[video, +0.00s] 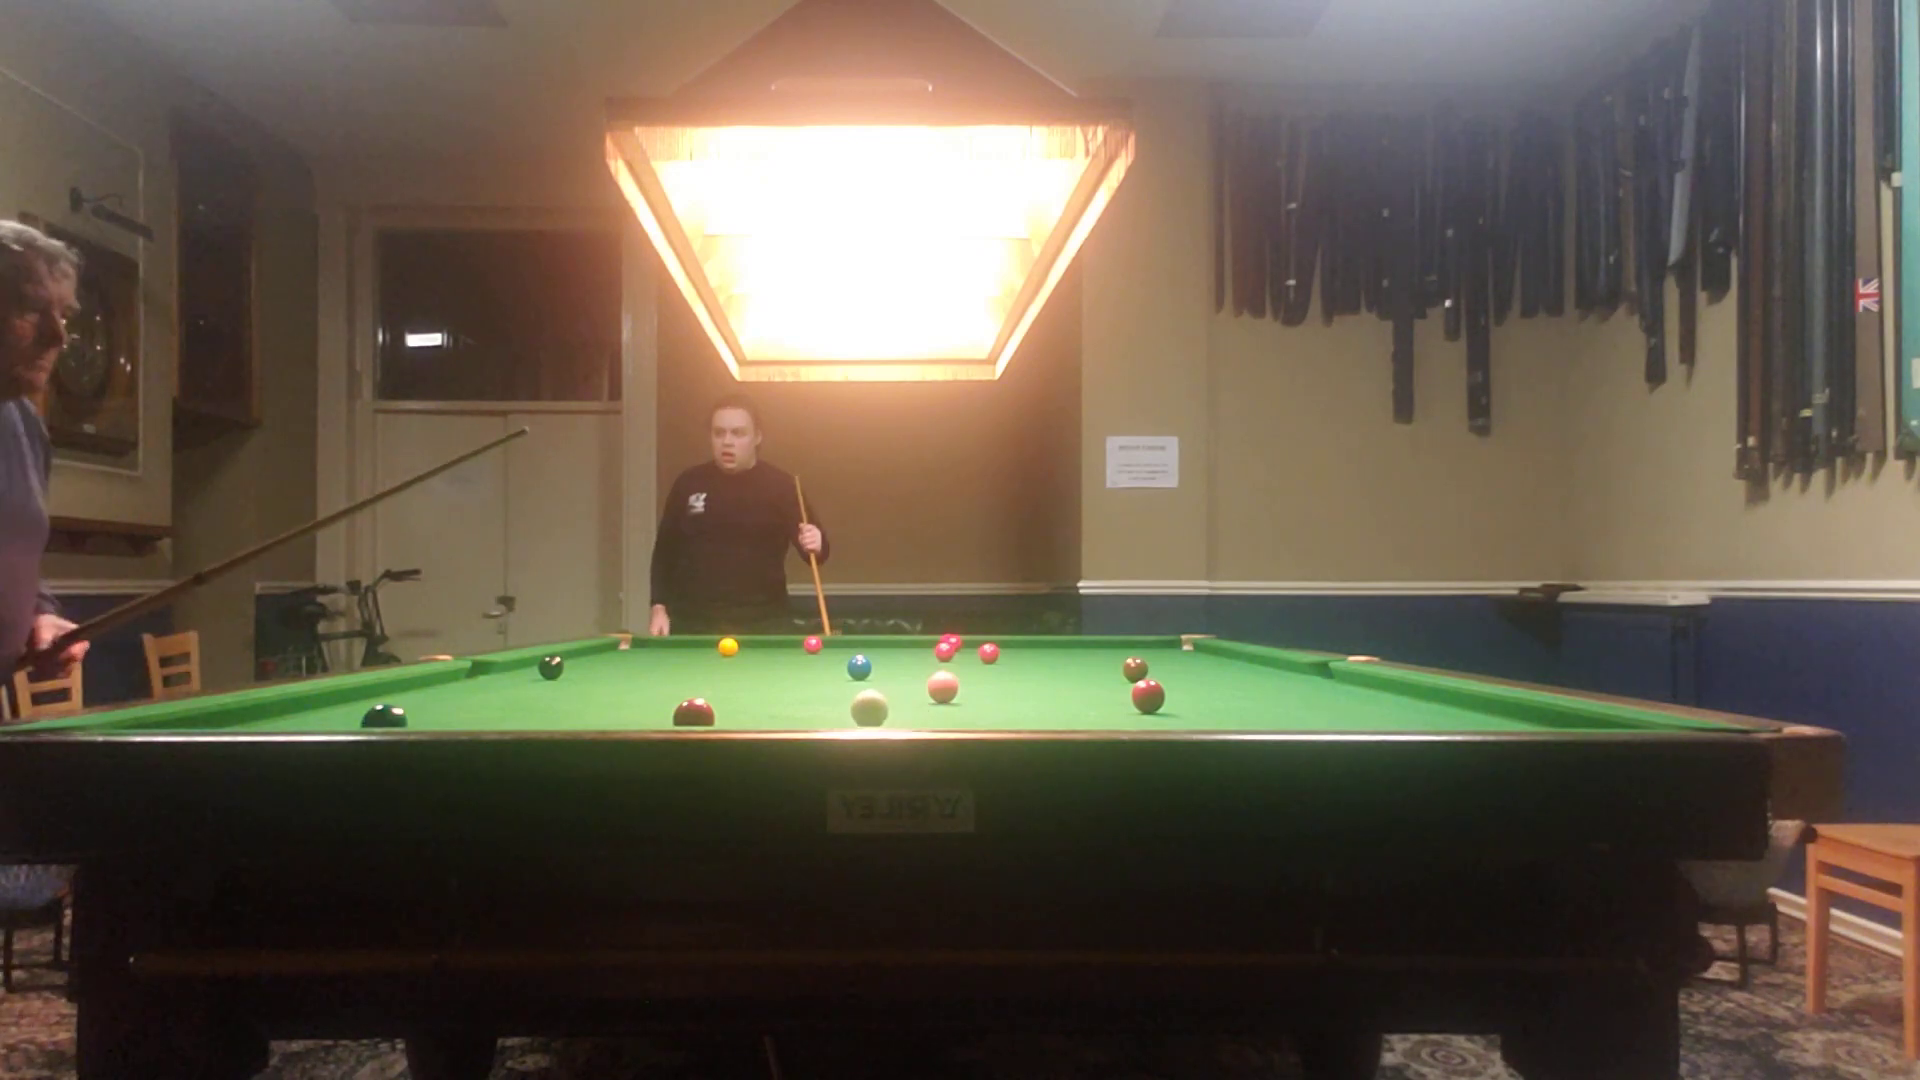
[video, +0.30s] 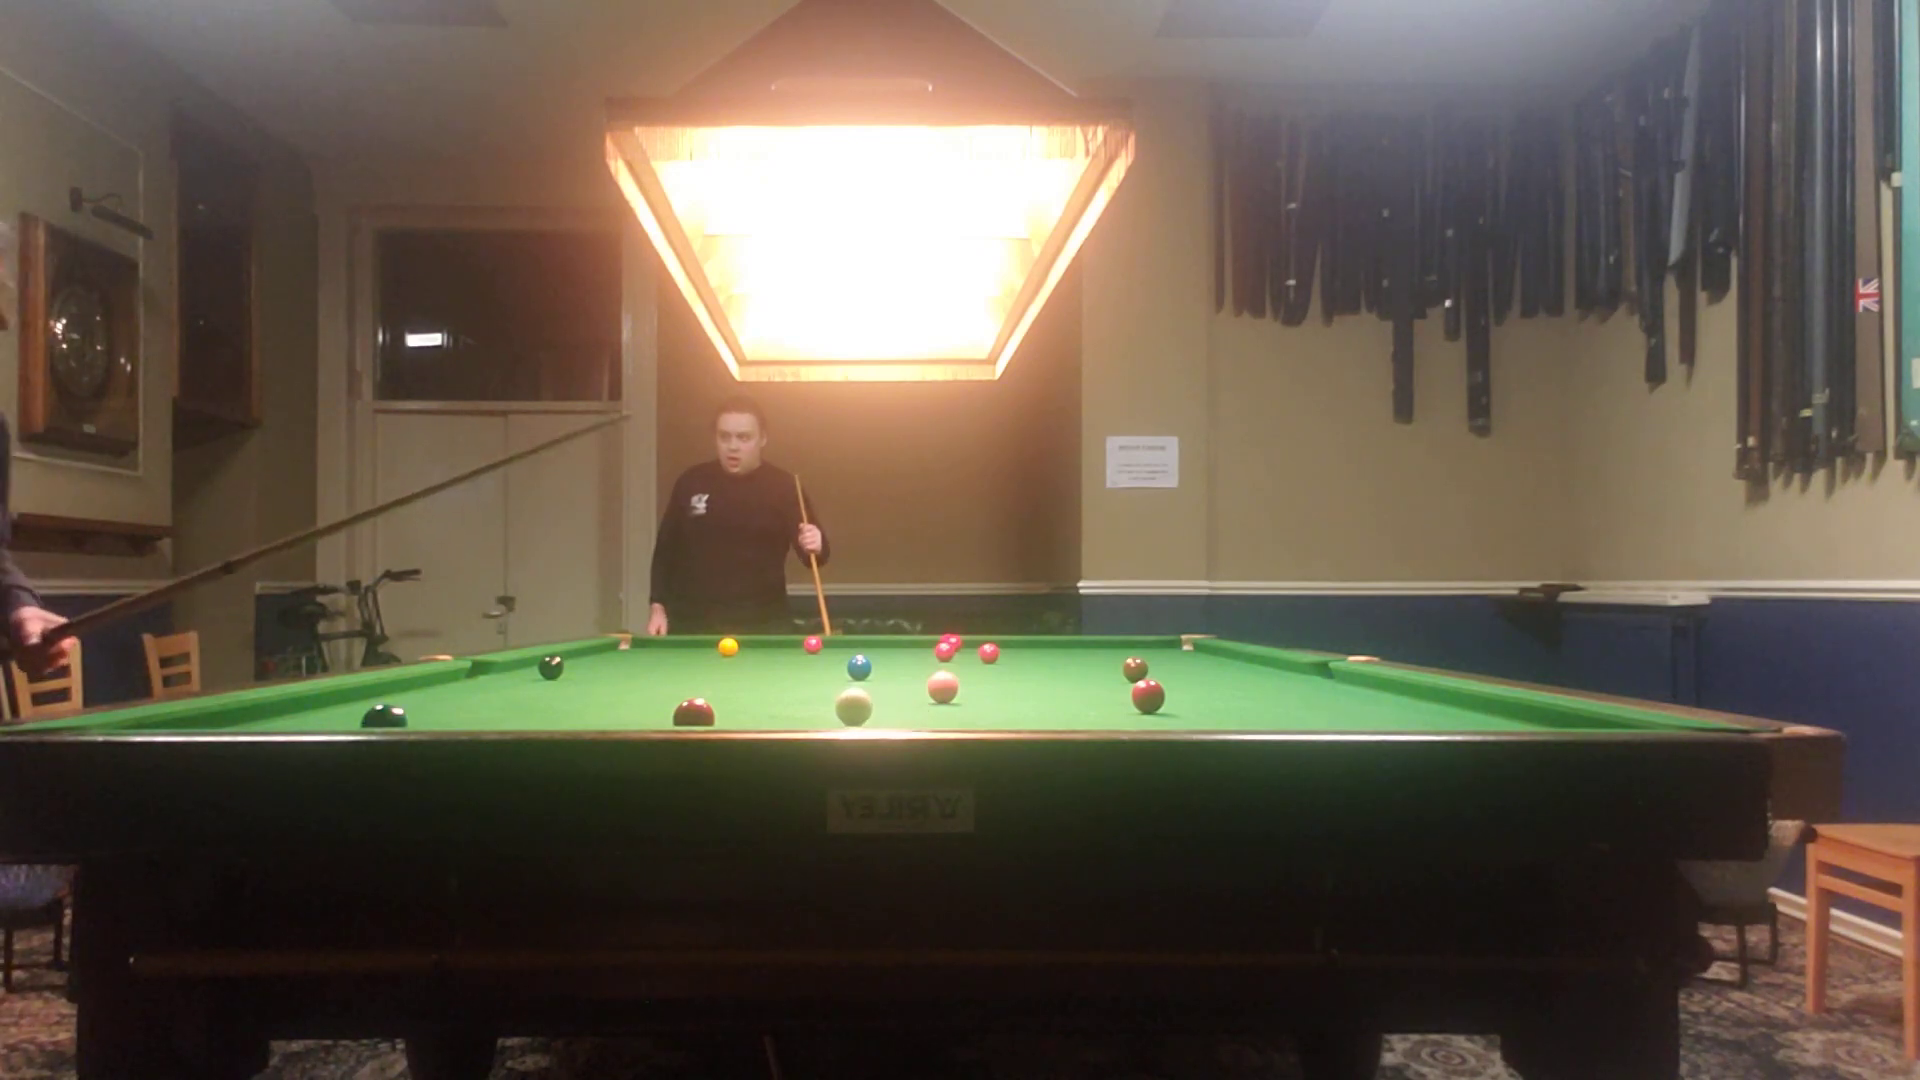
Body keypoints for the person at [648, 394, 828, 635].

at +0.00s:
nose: (727, 441)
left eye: (738, 433)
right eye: (719, 433)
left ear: (757, 437)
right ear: (711, 437)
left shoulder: (781, 486)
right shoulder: (689, 484)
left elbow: (815, 554)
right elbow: (665, 550)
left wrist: (817, 544)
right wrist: (659, 606)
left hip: (765, 629)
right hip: (695, 630)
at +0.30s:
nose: (733, 446)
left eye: (744, 437)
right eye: (725, 436)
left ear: (763, 439)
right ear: (714, 438)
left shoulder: (785, 487)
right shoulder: (691, 484)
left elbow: (815, 558)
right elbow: (665, 548)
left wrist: (817, 545)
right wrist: (658, 605)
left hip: (765, 631)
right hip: (694, 631)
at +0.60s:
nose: (736, 448)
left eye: (747, 439)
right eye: (728, 438)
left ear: (765, 441)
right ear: (717, 440)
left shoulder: (786, 487)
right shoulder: (694, 482)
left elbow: (814, 559)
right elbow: (667, 546)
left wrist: (817, 546)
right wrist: (659, 605)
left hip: (765, 632)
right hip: (695, 632)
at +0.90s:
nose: (738, 449)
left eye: (749, 440)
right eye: (730, 438)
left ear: (767, 442)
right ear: (719, 440)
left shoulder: (786, 487)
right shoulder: (696, 481)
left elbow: (812, 558)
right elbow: (667, 545)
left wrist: (820, 547)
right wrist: (659, 603)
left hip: (764, 633)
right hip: (694, 632)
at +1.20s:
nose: (740, 450)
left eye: (751, 440)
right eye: (732, 440)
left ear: (769, 442)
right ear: (721, 441)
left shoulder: (788, 490)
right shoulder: (693, 490)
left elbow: (815, 555)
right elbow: (667, 550)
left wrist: (826, 546)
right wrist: (660, 603)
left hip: (765, 636)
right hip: (694, 635)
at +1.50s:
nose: (740, 450)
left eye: (752, 442)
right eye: (733, 440)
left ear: (771, 444)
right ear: (723, 441)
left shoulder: (788, 489)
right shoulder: (697, 483)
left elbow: (820, 552)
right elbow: (669, 547)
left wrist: (831, 543)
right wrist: (661, 604)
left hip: (764, 630)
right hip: (695, 628)